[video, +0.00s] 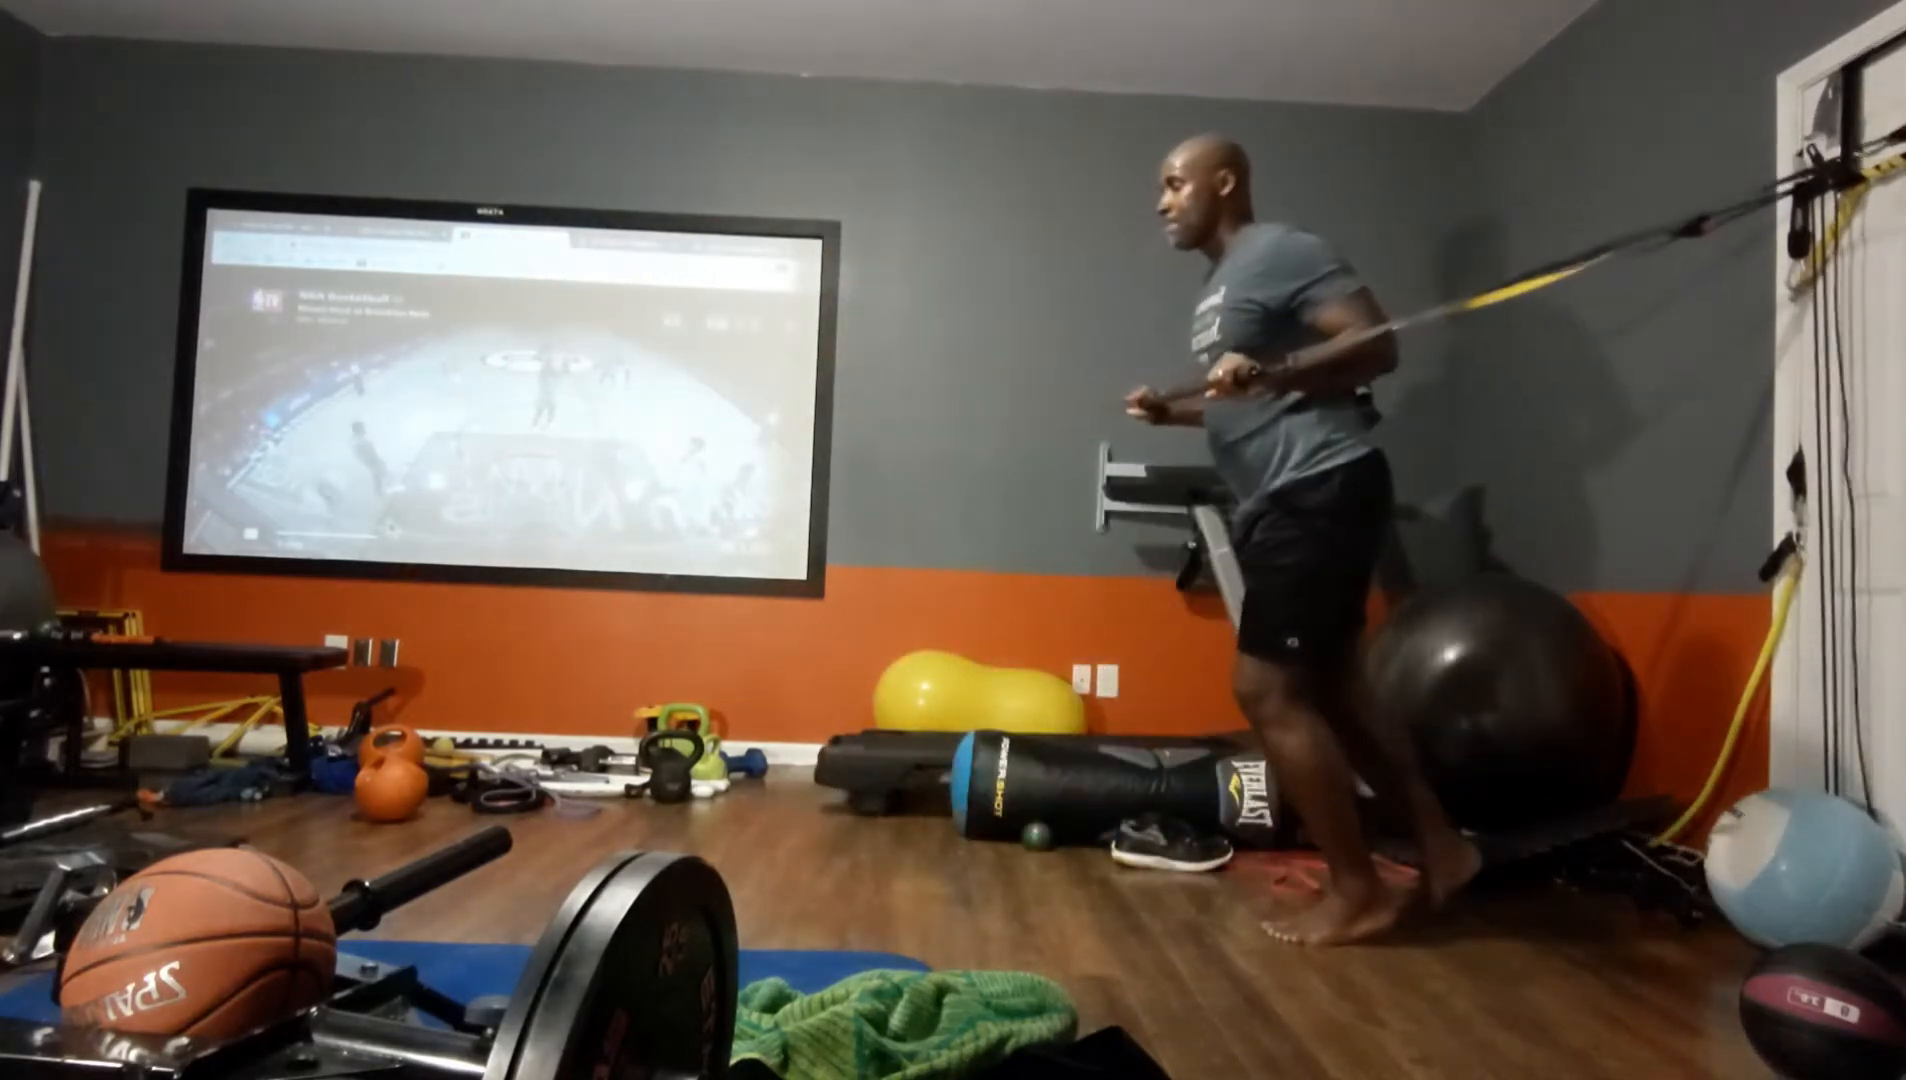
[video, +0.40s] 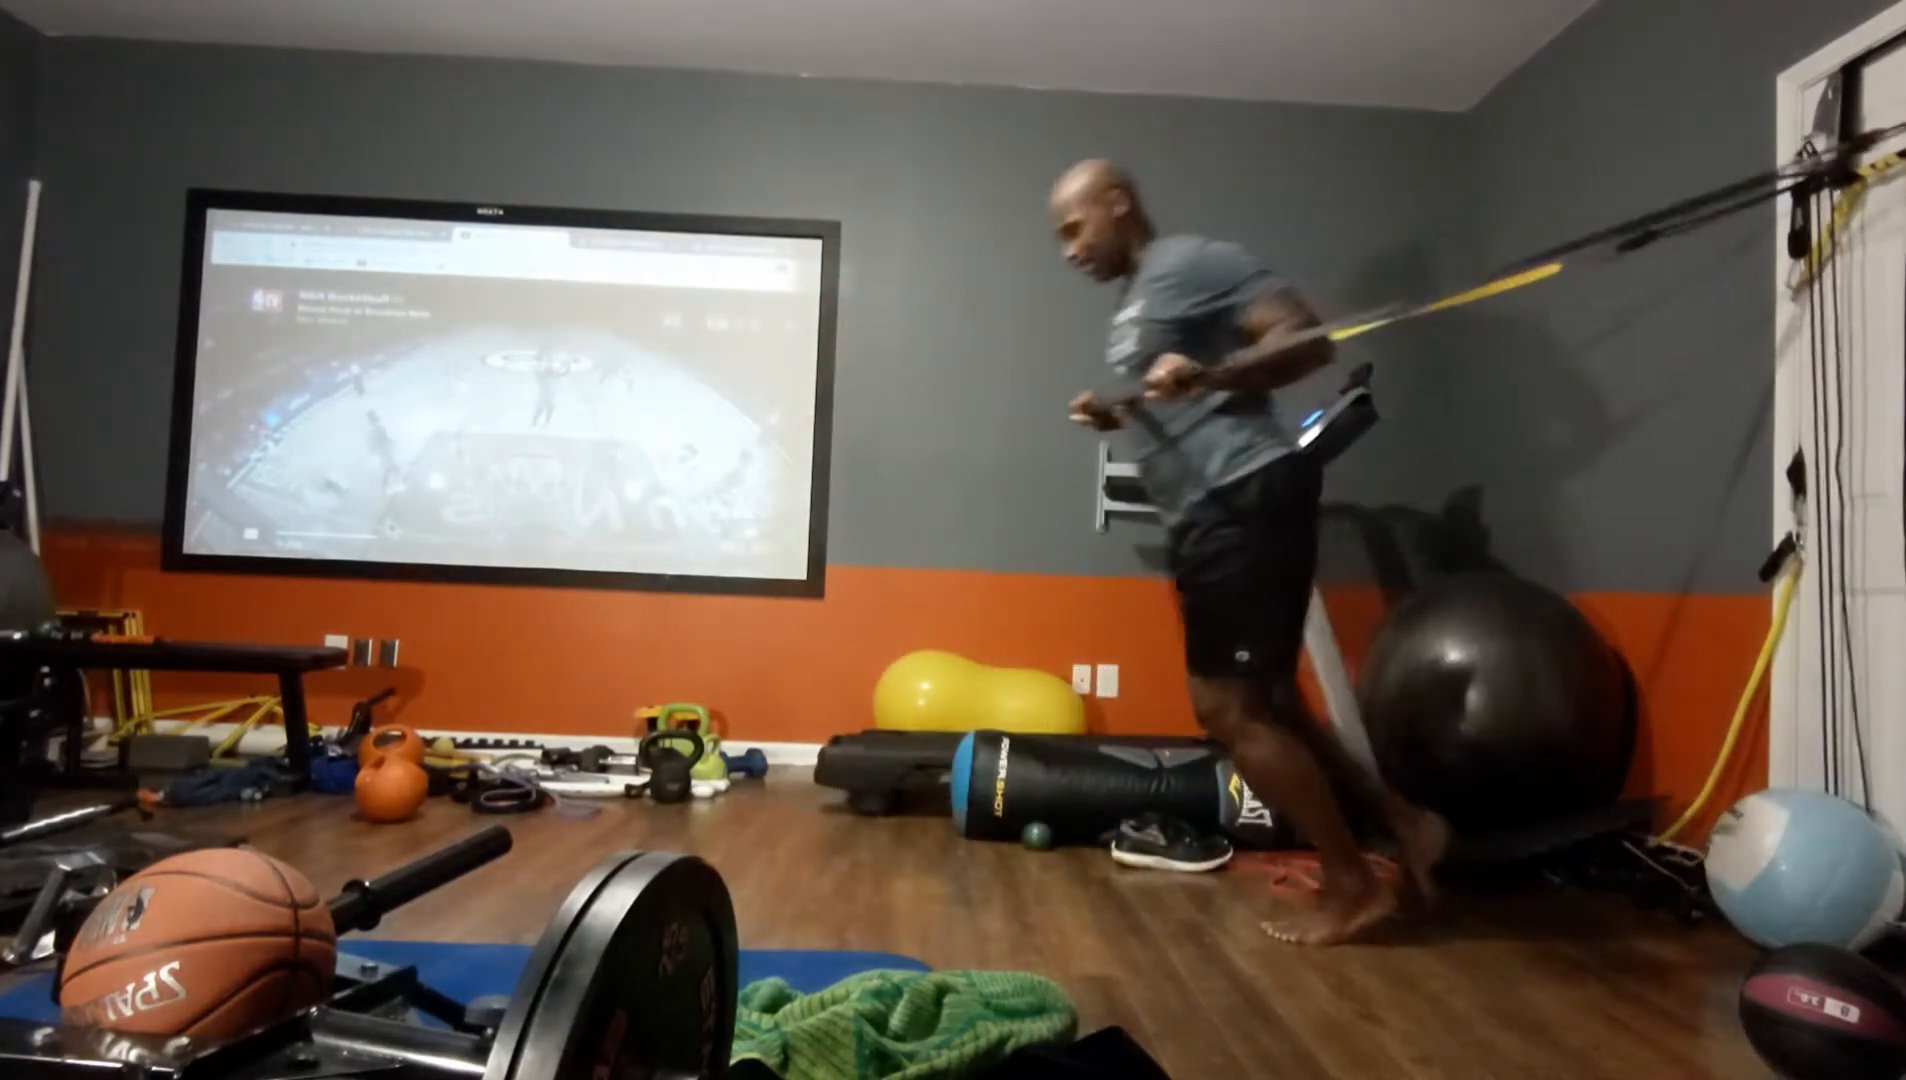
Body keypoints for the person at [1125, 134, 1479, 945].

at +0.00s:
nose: (1162, 202)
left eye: (1174, 185)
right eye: (1162, 188)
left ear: (1226, 186)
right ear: (1204, 195)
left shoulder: (1281, 250)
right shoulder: (1219, 290)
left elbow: (1376, 342)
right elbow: (1255, 401)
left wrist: (1274, 373)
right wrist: (1173, 407)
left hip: (1324, 484)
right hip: (1291, 491)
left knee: (1266, 689)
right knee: (1330, 681)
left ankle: (1355, 891)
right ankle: (1441, 847)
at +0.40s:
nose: (1068, 249)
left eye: (1073, 227)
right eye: (1061, 235)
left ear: (1122, 206)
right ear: (1105, 220)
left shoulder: (1192, 263)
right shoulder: (1132, 306)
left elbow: (1305, 341)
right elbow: (1179, 404)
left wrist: (1209, 376)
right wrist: (1118, 412)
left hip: (1250, 503)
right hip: (1217, 514)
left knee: (1230, 712)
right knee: (1264, 707)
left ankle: (1350, 888)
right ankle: (1404, 828)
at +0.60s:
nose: (978, 282)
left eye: (981, 259)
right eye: (966, 272)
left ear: (1024, 234)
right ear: (975, 274)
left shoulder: (1086, 281)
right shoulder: (1050, 326)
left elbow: (1151, 358)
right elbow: (1108, 403)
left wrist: (1037, 380)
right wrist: (1033, 416)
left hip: (1189, 514)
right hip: (1134, 529)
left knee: (1212, 725)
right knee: (1046, 671)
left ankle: (1353, 883)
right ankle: (1183, 827)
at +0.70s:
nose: (921, 287)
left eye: (928, 265)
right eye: (910, 278)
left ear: (964, 251)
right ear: (917, 281)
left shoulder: (1027, 285)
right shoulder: (977, 340)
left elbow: (974, 337)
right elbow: (963, 405)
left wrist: (856, 348)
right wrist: (871, 388)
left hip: (1149, 511)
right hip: (1081, 530)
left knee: (1205, 725)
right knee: (971, 649)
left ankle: (1349, 877)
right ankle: (1001, 850)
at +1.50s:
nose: (757, 330)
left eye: (762, 316)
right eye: (757, 318)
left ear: (801, 299)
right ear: (804, 304)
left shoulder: (868, 328)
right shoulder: (845, 371)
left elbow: (732, 336)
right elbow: (744, 376)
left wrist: (594, 315)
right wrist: (651, 351)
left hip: (1024, 545)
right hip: (958, 558)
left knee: (1097, 749)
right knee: (842, 667)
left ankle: (1280, 867)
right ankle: (861, 872)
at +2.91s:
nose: (1158, 232)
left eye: (1170, 214)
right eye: (1155, 219)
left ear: (1221, 208)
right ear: (1203, 216)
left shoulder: (1278, 271)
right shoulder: (1217, 315)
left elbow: (1384, 355)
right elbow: (1257, 416)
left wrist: (1284, 389)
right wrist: (1178, 421)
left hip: (1336, 499)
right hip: (1299, 508)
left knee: (1243, 680)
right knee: (1352, 692)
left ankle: (1331, 893)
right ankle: (1462, 856)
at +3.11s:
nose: (1071, 254)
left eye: (1078, 233)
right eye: (1064, 240)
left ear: (1128, 218)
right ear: (1098, 235)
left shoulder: (1191, 271)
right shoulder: (1138, 317)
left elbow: (1314, 344)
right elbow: (1180, 399)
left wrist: (1225, 382)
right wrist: (1125, 415)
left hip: (1262, 498)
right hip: (1243, 505)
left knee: (1208, 697)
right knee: (1308, 699)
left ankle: (1327, 889)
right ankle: (1445, 840)